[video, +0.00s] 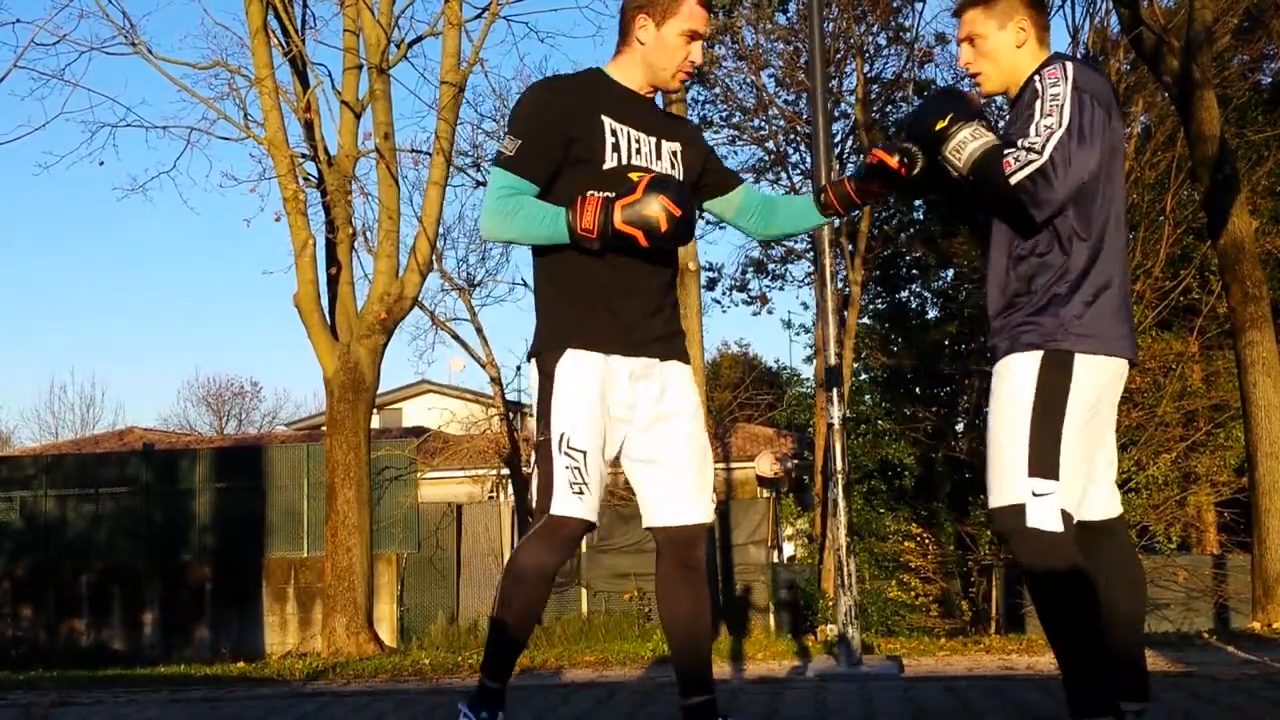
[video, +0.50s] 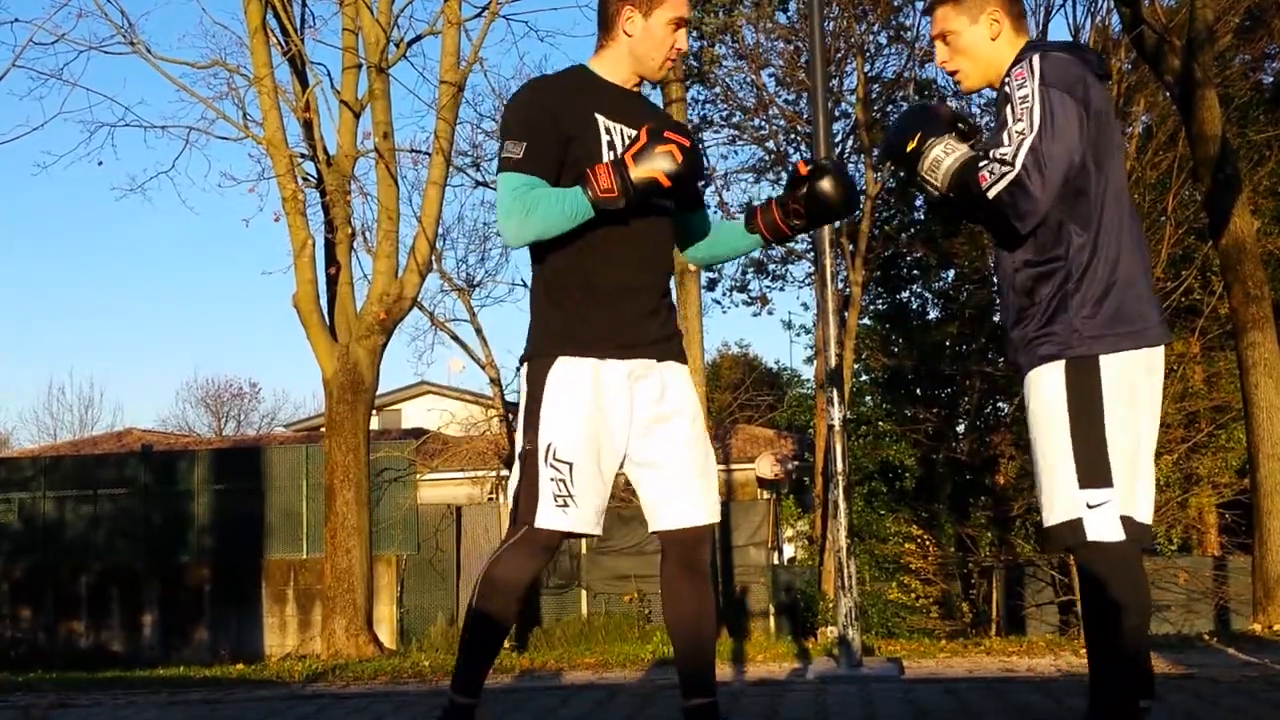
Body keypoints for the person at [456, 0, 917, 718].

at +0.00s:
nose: (700, 54)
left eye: (704, 41)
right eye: (692, 37)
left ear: (666, 38)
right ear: (644, 27)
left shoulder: (681, 136)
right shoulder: (556, 100)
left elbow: (759, 212)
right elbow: (498, 214)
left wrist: (846, 194)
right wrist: (596, 215)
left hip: (663, 353)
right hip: (579, 348)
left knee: (684, 526)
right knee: (565, 519)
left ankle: (698, 708)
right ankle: (486, 699)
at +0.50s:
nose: (686, 43)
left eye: (688, 27)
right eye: (677, 25)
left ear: (639, 23)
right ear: (628, 18)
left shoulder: (669, 131)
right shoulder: (545, 100)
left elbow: (696, 243)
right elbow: (517, 217)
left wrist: (782, 215)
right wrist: (620, 178)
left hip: (659, 355)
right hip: (572, 352)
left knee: (689, 529)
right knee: (545, 526)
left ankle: (701, 711)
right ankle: (461, 704)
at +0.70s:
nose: (635, 54)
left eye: (638, 39)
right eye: (627, 37)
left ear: (587, 34)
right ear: (578, 31)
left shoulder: (608, 137)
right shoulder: (497, 113)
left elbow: (607, 258)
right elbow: (493, 232)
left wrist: (676, 268)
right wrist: (607, 203)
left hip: (613, 362)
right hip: (530, 361)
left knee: (671, 526)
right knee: (513, 535)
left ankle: (701, 708)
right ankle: (455, 710)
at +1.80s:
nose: (586, 67)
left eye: (589, 55)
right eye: (576, 51)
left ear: (570, 63)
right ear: (540, 52)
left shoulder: (577, 161)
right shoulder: (474, 124)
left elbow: (595, 277)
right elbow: (547, 193)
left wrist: (667, 245)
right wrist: (581, 101)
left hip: (561, 376)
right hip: (478, 371)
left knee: (618, 529)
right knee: (429, 539)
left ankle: (620, 707)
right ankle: (337, 700)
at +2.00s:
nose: (519, 83)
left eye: (524, 72)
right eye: (510, 67)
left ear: (508, 77)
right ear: (471, 66)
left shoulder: (506, 177)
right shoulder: (403, 134)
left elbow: (521, 296)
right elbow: (470, 205)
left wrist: (588, 264)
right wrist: (514, 121)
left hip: (488, 390)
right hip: (401, 386)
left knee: (557, 544)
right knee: (351, 558)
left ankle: (611, 708)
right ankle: (282, 711)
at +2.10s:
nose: (491, 89)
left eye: (496, 76)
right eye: (482, 69)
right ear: (442, 62)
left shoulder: (470, 171)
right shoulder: (374, 128)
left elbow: (468, 295)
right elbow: (442, 200)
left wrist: (536, 269)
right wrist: (491, 113)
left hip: (451, 383)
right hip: (368, 378)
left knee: (527, 529)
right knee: (329, 553)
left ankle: (531, 709)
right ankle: (277, 711)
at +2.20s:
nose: (474, 81)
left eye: (478, 67)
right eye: (465, 62)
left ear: (448, 60)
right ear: (427, 55)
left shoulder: (454, 161)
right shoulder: (353, 121)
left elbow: (446, 285)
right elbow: (418, 196)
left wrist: (518, 263)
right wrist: (462, 109)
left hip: (433, 377)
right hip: (349, 369)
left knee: (491, 524)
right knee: (318, 545)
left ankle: (421, 701)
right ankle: (272, 710)